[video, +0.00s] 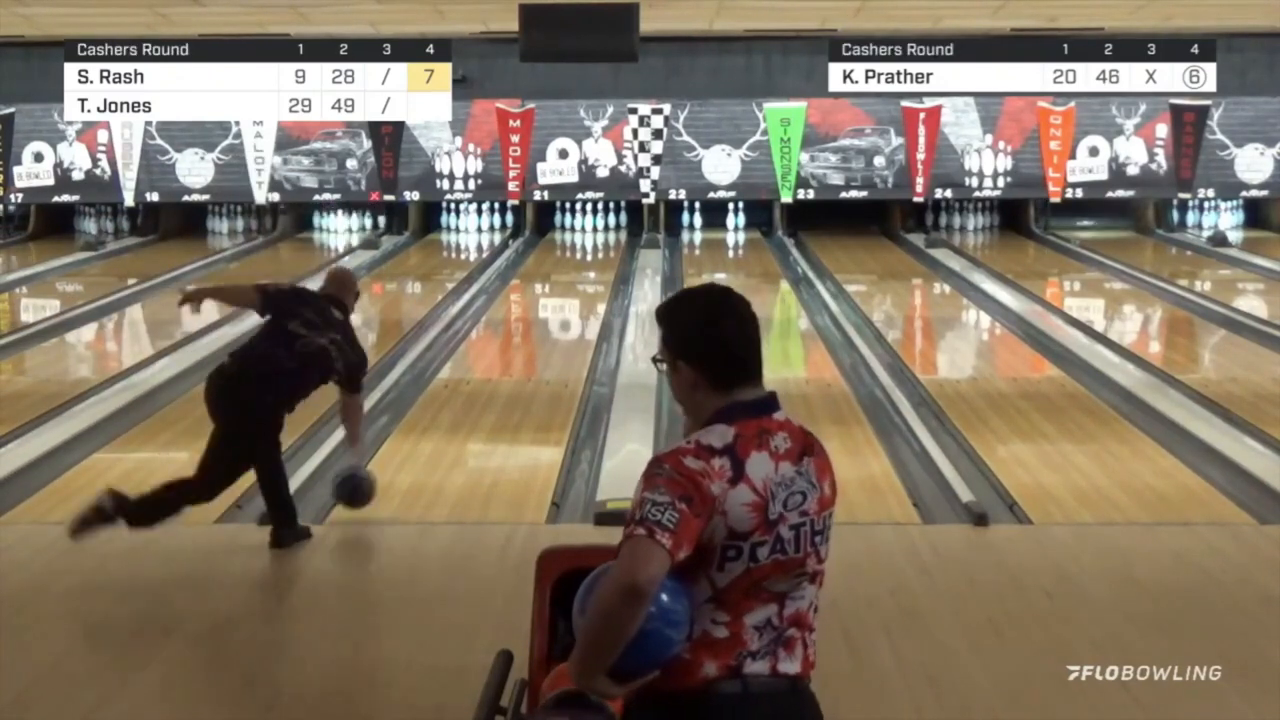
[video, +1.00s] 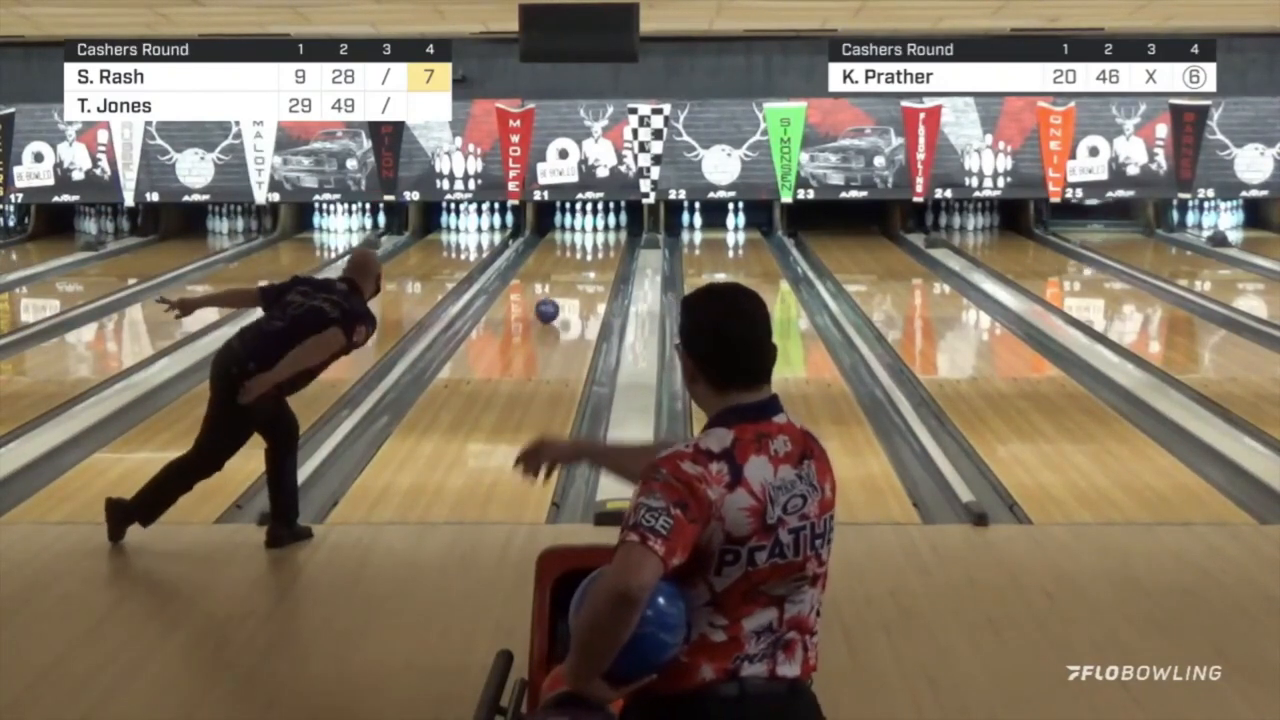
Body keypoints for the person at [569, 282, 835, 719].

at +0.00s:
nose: (669, 382)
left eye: (666, 366)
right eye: (665, 367)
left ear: (685, 370)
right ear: (752, 354)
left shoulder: (687, 467)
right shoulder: (811, 453)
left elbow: (636, 579)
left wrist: (585, 669)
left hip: (691, 698)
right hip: (789, 693)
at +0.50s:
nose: (675, 373)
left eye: (674, 361)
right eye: (674, 360)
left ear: (688, 369)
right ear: (760, 354)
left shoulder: (680, 470)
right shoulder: (816, 460)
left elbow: (617, 581)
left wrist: (572, 671)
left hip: (685, 697)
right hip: (788, 695)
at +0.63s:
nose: (677, 366)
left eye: (676, 356)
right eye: (678, 354)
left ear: (685, 368)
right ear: (762, 353)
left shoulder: (679, 471)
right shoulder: (815, 457)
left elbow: (618, 582)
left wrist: (572, 672)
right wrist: (681, 313)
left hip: (686, 697)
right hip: (788, 695)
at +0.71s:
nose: (678, 365)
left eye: (678, 352)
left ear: (688, 367)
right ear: (763, 354)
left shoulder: (682, 471)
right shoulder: (813, 450)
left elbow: (620, 582)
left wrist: (572, 671)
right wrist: (653, 314)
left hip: (687, 696)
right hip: (788, 692)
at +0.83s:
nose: (673, 358)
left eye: (677, 348)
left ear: (690, 366)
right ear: (768, 355)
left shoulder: (683, 472)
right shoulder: (809, 441)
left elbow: (623, 584)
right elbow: (698, 390)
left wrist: (575, 673)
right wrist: (628, 345)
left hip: (689, 697)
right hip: (788, 690)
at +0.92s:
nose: (680, 362)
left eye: (680, 353)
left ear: (687, 366)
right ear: (771, 355)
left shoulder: (686, 469)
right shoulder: (810, 452)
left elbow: (627, 585)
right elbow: (693, 432)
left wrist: (579, 675)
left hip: (691, 698)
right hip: (790, 693)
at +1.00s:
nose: (680, 363)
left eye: (680, 353)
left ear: (688, 365)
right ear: (770, 354)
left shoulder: (687, 470)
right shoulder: (811, 453)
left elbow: (629, 586)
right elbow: (688, 469)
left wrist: (580, 676)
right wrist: (580, 450)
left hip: (691, 699)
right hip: (790, 695)